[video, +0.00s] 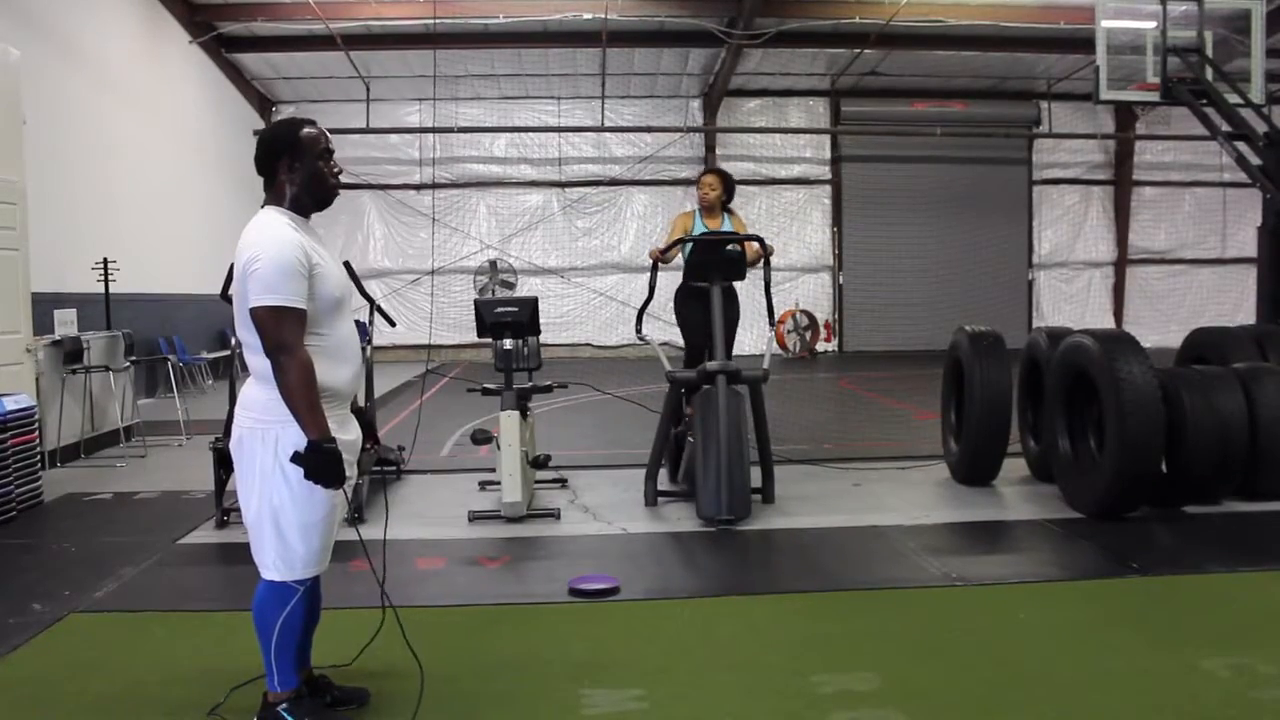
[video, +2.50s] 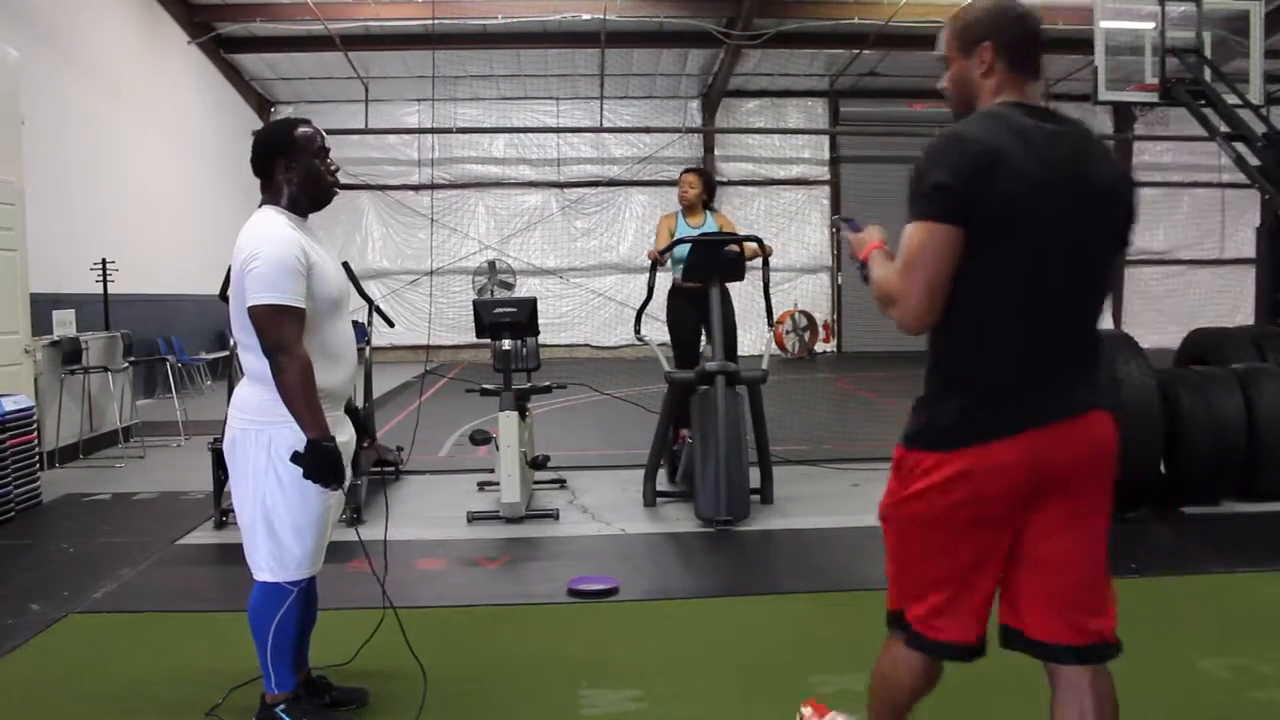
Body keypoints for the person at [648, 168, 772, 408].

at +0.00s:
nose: (704, 193)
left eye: (711, 189)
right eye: (701, 188)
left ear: (723, 194)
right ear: (696, 190)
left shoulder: (734, 221)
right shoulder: (685, 220)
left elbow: (746, 258)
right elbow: (670, 253)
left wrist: (759, 253)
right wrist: (660, 255)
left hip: (725, 294)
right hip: (692, 295)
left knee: (723, 352)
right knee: (696, 348)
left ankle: (721, 407)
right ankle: (690, 405)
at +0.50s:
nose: (692, 196)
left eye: (698, 191)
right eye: (687, 191)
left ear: (710, 197)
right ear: (681, 195)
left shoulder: (723, 224)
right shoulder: (673, 225)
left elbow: (740, 255)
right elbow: (663, 261)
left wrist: (758, 251)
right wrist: (657, 258)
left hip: (717, 298)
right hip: (684, 300)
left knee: (728, 359)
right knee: (686, 366)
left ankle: (730, 420)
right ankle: (683, 427)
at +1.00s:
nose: (709, 196)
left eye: (717, 192)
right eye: (705, 191)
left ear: (728, 198)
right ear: (701, 195)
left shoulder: (737, 225)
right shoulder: (688, 223)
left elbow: (748, 260)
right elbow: (672, 257)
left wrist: (760, 254)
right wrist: (660, 255)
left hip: (724, 297)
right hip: (691, 298)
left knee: (722, 356)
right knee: (693, 351)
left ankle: (721, 409)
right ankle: (687, 405)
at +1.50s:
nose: (683, 195)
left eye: (690, 190)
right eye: (679, 190)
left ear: (703, 195)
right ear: (675, 193)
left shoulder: (719, 222)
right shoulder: (669, 226)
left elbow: (739, 252)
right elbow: (663, 262)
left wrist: (757, 251)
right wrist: (656, 258)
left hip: (716, 298)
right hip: (683, 300)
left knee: (728, 360)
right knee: (686, 366)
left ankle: (728, 423)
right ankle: (684, 428)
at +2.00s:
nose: (712, 193)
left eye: (719, 189)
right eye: (708, 188)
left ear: (730, 197)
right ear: (703, 192)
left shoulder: (737, 225)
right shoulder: (690, 221)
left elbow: (748, 259)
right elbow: (670, 256)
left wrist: (760, 254)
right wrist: (659, 254)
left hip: (723, 297)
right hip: (691, 297)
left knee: (723, 356)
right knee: (690, 354)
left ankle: (720, 409)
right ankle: (683, 408)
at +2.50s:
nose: (684, 191)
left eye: (691, 187)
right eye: (681, 186)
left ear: (705, 193)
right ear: (677, 190)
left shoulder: (719, 220)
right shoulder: (668, 221)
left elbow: (740, 249)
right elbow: (664, 250)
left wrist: (758, 250)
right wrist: (657, 255)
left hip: (716, 296)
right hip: (683, 298)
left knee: (727, 358)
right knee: (686, 364)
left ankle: (728, 422)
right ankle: (683, 427)